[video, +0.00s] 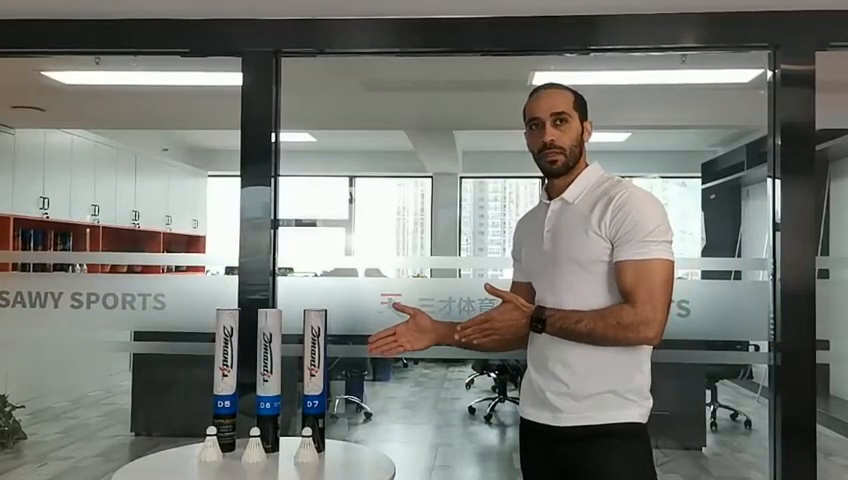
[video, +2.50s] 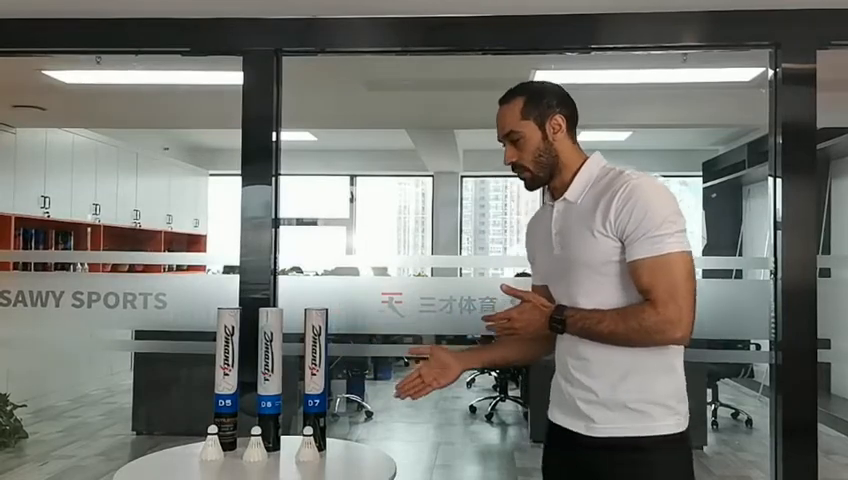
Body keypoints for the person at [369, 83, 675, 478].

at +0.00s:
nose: (547, 137)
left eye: (560, 122)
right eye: (535, 127)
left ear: (586, 130)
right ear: (526, 138)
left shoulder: (631, 206)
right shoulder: (529, 226)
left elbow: (646, 323)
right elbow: (520, 327)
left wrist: (536, 319)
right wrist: (442, 332)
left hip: (609, 427)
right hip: (539, 424)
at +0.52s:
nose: (523, 148)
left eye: (536, 133)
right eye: (520, 137)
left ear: (577, 130)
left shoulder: (634, 207)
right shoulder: (530, 225)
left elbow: (647, 325)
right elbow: (528, 330)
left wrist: (537, 307)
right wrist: (444, 321)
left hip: (611, 428)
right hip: (541, 425)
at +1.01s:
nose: (512, 158)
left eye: (522, 142)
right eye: (510, 144)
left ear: (565, 134)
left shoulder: (633, 208)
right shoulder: (527, 222)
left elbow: (650, 330)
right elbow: (486, 315)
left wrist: (539, 309)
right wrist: (398, 319)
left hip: (614, 429)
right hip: (541, 425)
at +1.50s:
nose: (495, 168)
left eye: (503, 150)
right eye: (491, 154)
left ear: (545, 135)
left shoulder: (622, 206)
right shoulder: (511, 223)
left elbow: (658, 327)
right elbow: (495, 322)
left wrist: (544, 321)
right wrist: (409, 321)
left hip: (619, 431)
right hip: (541, 430)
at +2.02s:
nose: (489, 166)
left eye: (495, 149)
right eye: (485, 153)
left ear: (536, 133)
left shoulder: (619, 203)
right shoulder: (513, 223)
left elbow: (655, 325)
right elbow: (513, 324)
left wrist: (539, 320)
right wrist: (435, 329)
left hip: (617, 430)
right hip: (542, 428)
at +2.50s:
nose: (508, 158)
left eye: (515, 140)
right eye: (504, 144)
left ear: (555, 128)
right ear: (554, 129)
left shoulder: (638, 195)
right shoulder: (539, 226)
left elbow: (673, 321)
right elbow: (547, 333)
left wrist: (556, 319)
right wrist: (462, 360)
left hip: (646, 437)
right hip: (567, 432)